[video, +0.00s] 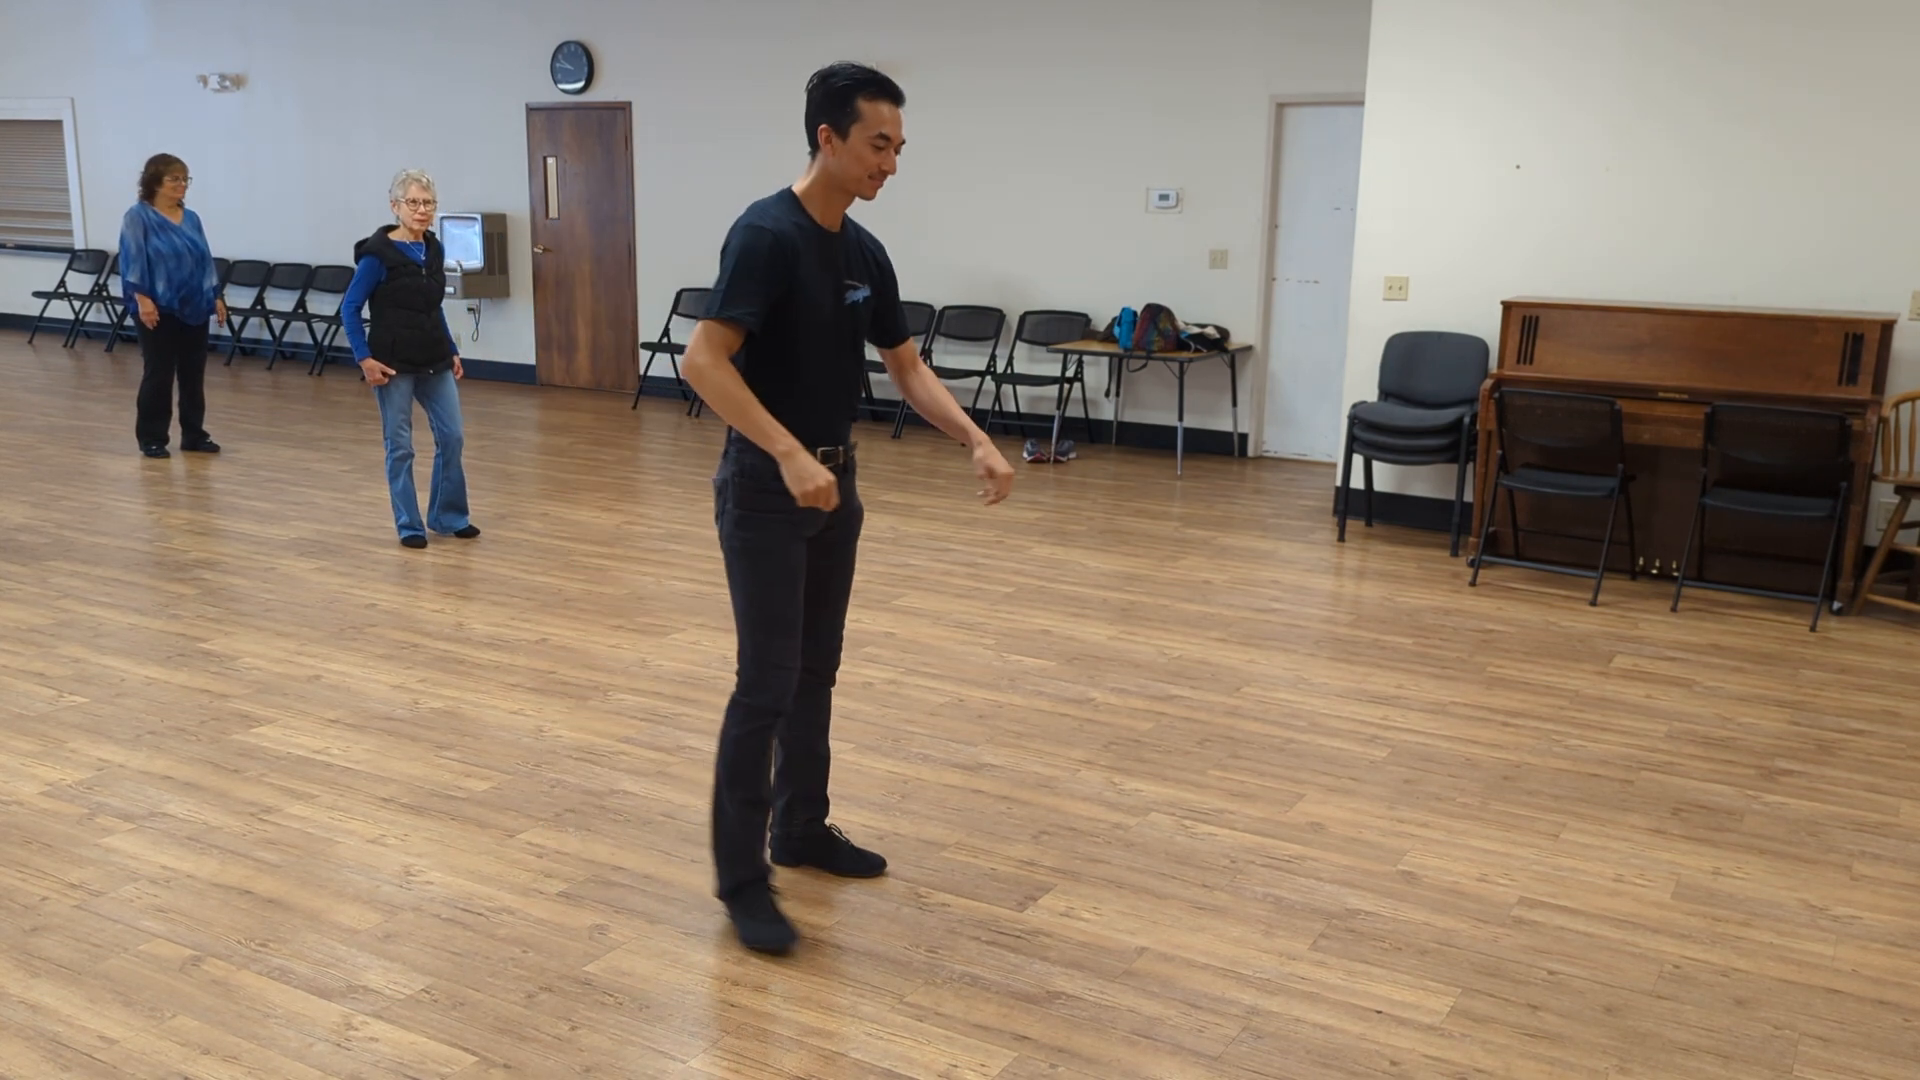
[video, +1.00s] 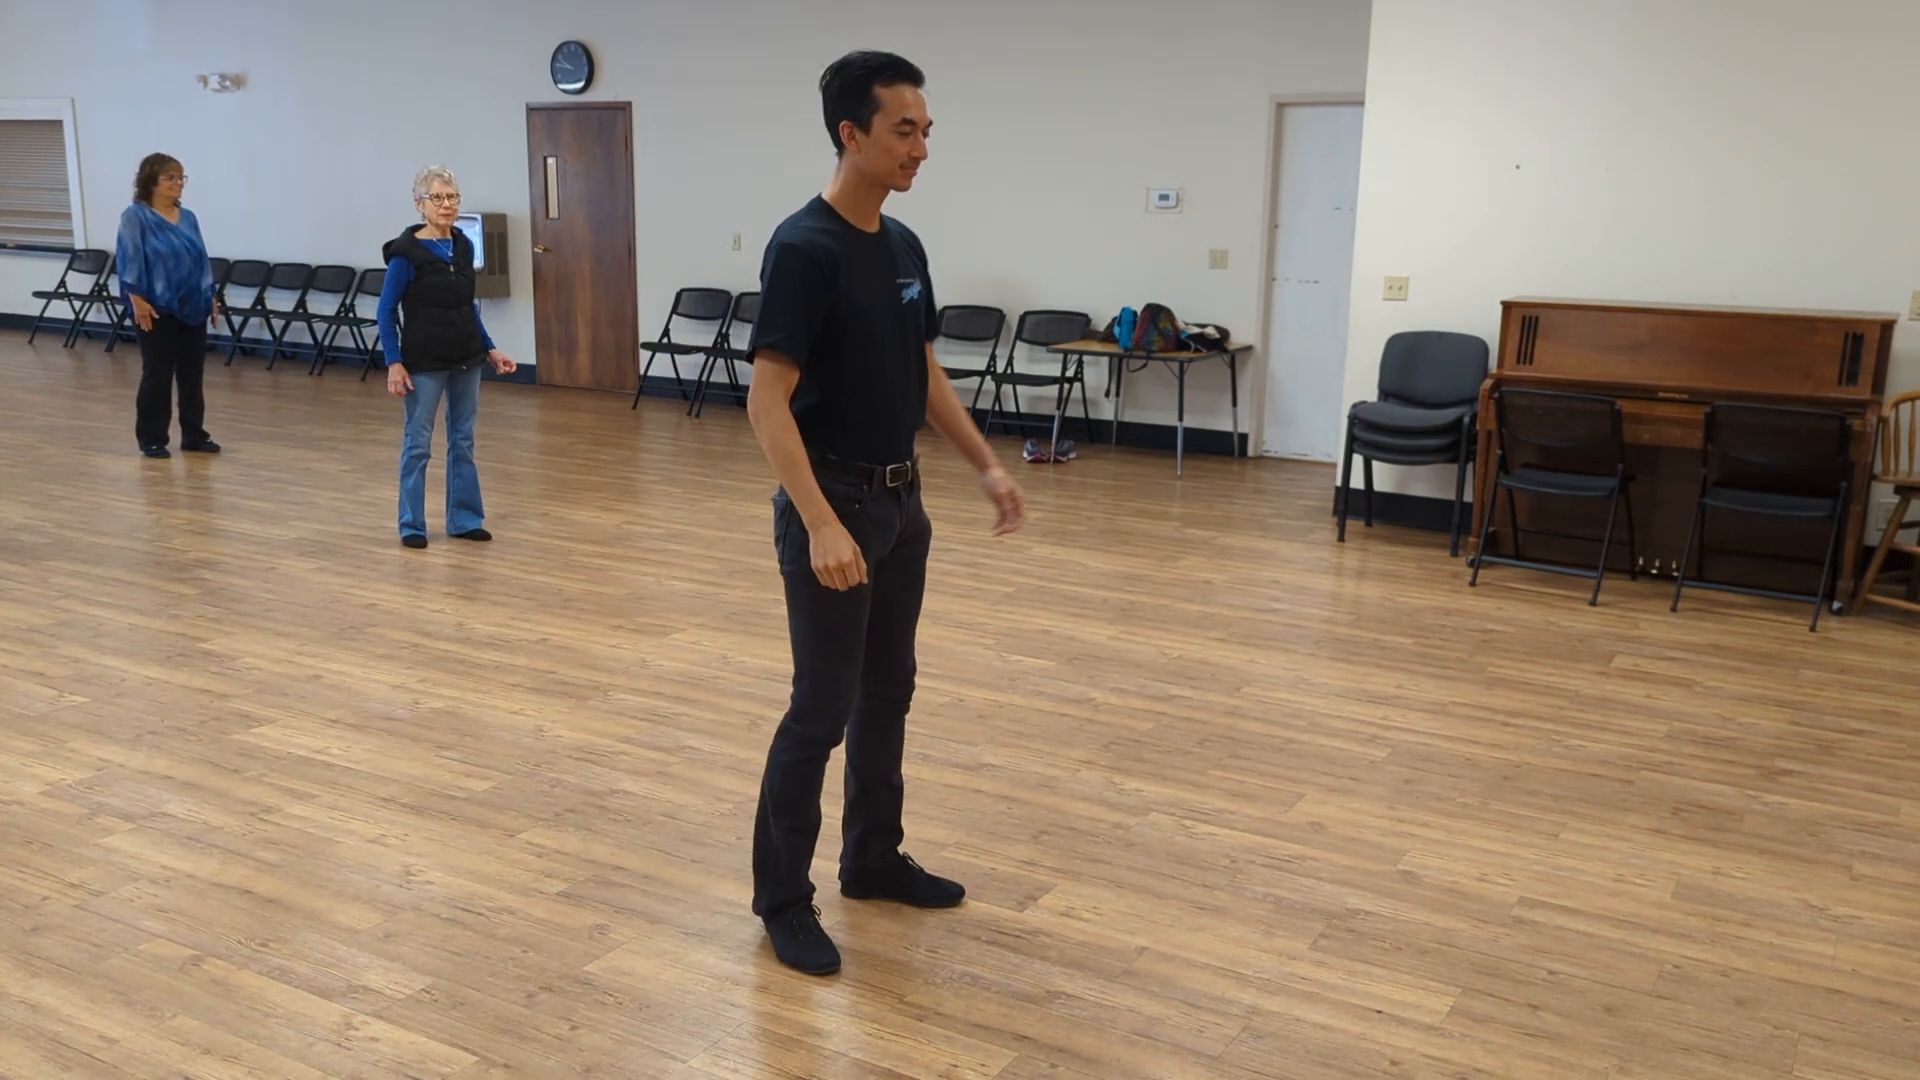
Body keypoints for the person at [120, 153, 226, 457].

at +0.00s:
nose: (182, 185)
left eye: (185, 180)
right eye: (175, 179)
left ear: (186, 183)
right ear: (156, 182)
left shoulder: (190, 217)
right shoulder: (137, 216)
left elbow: (205, 261)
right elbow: (133, 262)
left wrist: (216, 296)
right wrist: (143, 298)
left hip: (194, 308)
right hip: (158, 308)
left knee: (193, 374)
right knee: (159, 374)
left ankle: (193, 435)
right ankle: (152, 440)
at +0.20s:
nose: (183, 184)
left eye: (185, 179)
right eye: (176, 179)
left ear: (186, 183)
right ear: (157, 182)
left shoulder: (190, 217)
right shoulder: (137, 216)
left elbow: (206, 261)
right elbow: (131, 263)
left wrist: (217, 296)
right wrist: (138, 299)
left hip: (194, 309)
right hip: (158, 308)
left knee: (192, 375)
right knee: (159, 375)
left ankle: (193, 435)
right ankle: (152, 440)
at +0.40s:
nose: (183, 184)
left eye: (184, 179)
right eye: (176, 178)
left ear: (184, 183)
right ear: (157, 181)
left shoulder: (190, 217)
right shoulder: (137, 216)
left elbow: (203, 262)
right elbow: (131, 264)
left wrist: (212, 295)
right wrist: (139, 301)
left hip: (194, 308)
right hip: (158, 308)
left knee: (192, 375)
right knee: (158, 375)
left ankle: (194, 435)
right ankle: (152, 440)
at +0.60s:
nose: (181, 184)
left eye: (183, 179)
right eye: (174, 179)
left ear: (183, 183)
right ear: (155, 182)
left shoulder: (188, 216)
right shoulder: (136, 216)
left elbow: (203, 261)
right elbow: (131, 263)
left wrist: (214, 295)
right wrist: (140, 300)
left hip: (193, 308)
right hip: (157, 308)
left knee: (192, 375)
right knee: (158, 374)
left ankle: (193, 435)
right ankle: (152, 440)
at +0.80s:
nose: (180, 183)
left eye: (182, 178)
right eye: (173, 178)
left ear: (182, 182)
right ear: (154, 182)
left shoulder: (188, 216)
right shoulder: (135, 216)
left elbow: (201, 261)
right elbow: (130, 263)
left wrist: (209, 295)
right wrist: (138, 300)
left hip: (193, 308)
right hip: (157, 308)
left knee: (192, 376)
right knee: (158, 375)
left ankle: (194, 435)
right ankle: (152, 440)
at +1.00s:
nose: (179, 183)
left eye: (181, 178)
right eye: (171, 178)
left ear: (182, 182)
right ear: (152, 181)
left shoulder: (187, 216)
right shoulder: (135, 216)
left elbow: (201, 261)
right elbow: (130, 263)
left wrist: (211, 295)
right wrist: (137, 299)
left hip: (193, 307)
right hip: (157, 307)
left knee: (192, 375)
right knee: (158, 375)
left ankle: (194, 436)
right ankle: (152, 440)